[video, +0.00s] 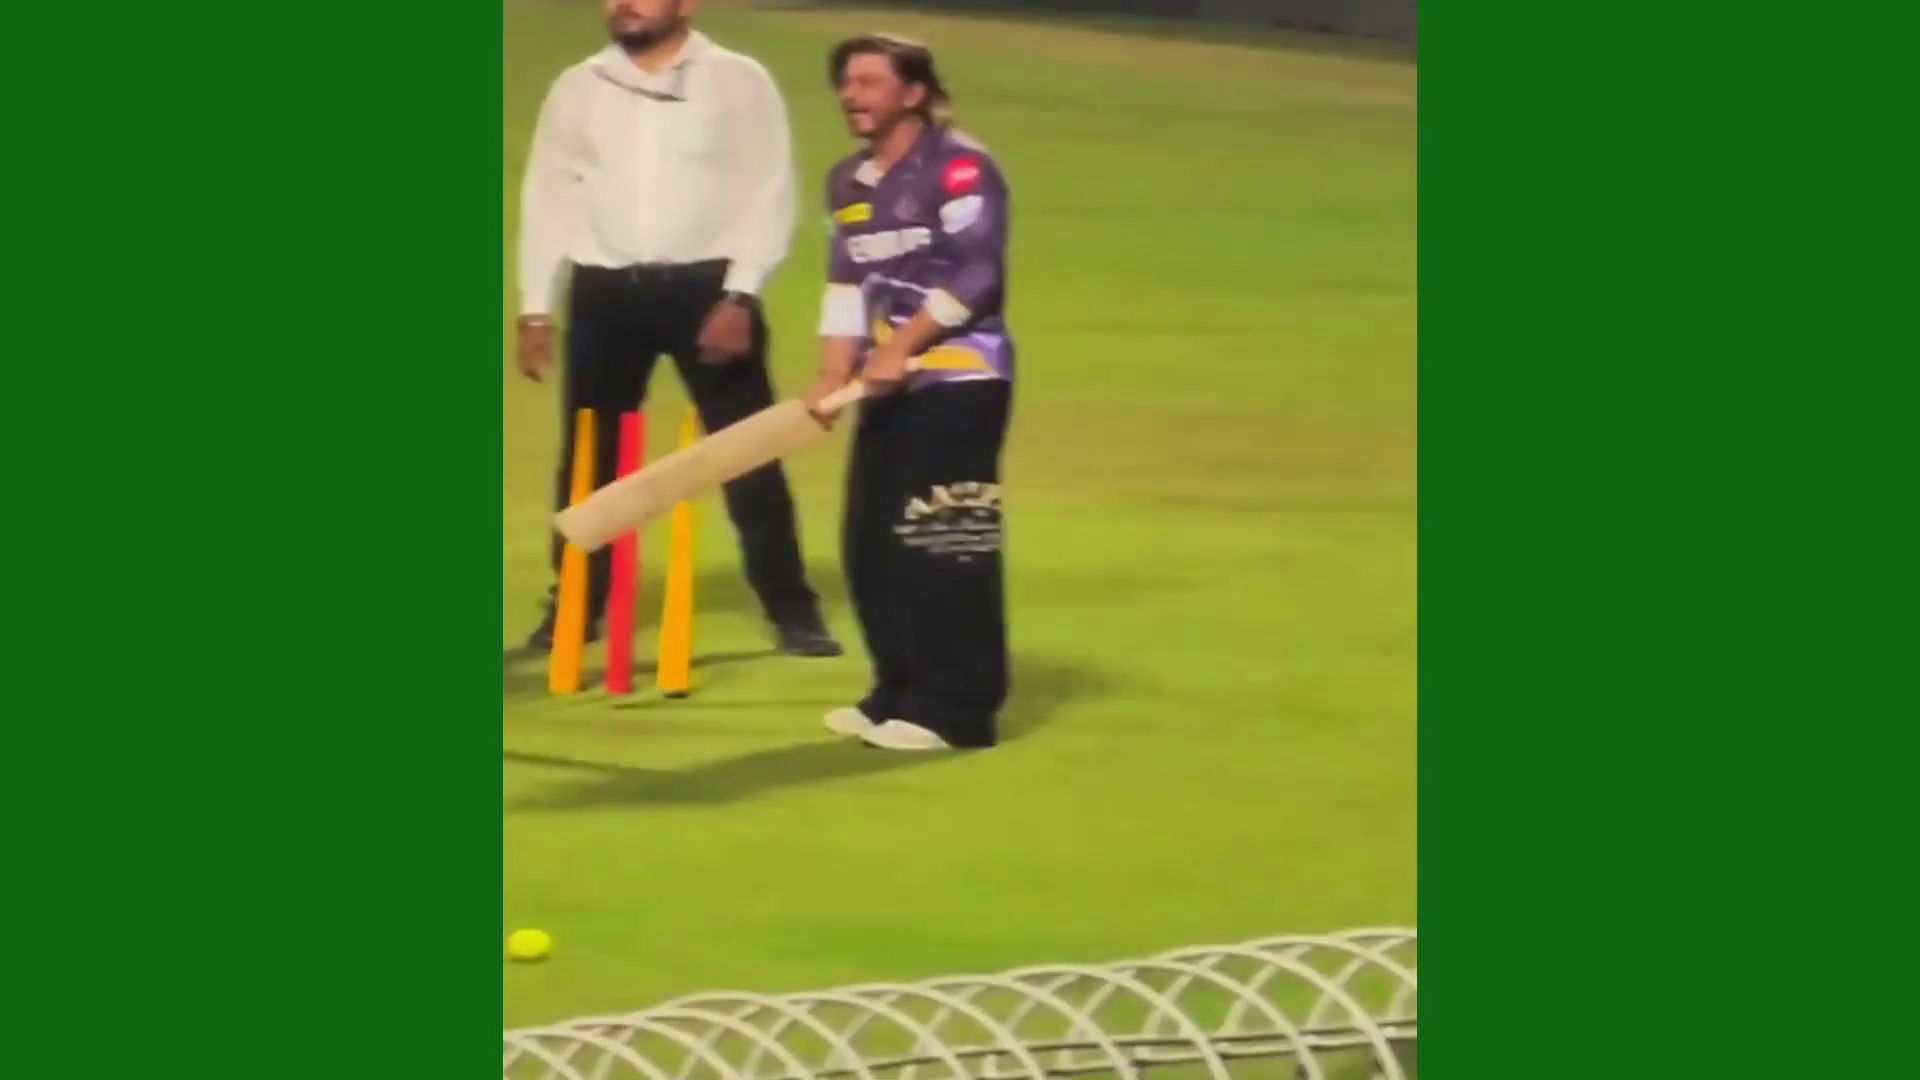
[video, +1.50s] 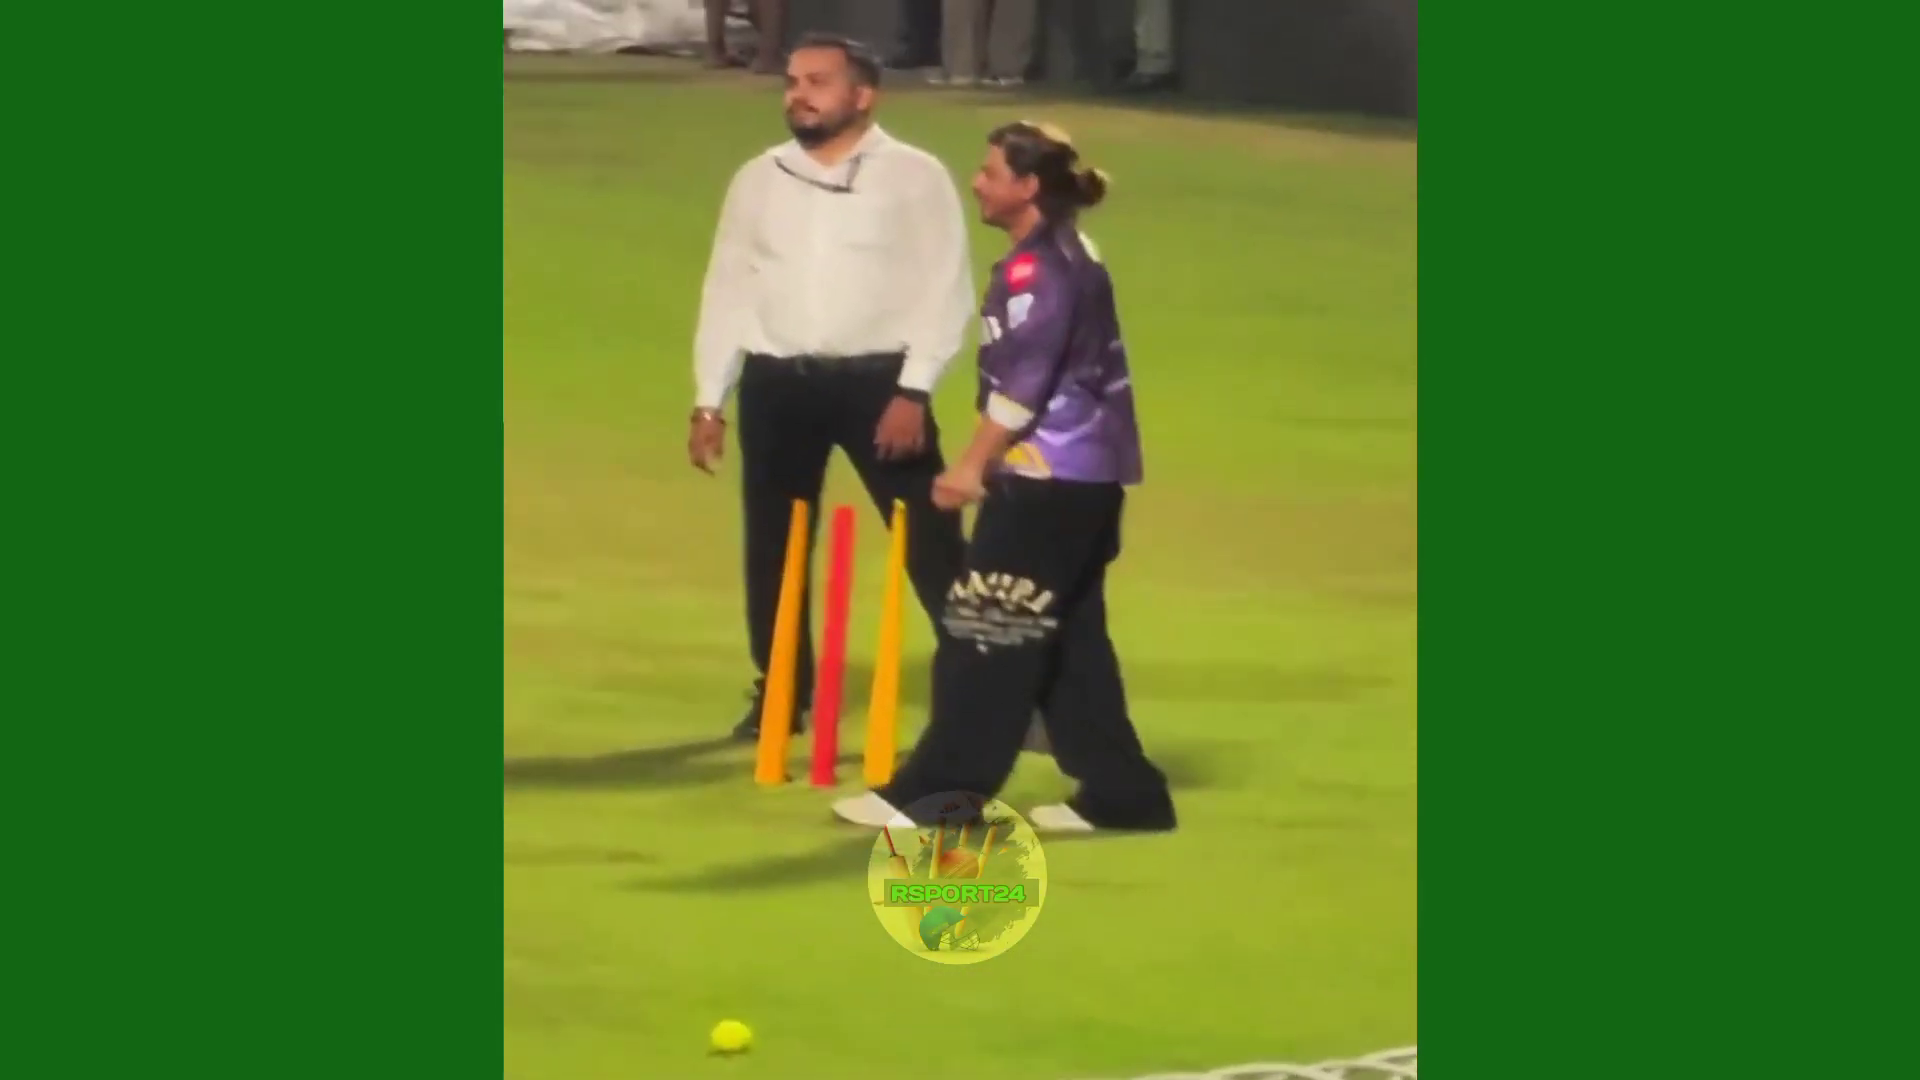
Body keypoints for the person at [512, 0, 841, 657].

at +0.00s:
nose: (621, 5)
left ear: (682, 5)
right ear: (608, 10)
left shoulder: (742, 81)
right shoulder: (577, 88)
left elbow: (773, 191)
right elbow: (545, 197)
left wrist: (741, 293)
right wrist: (536, 306)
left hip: (709, 294)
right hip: (606, 297)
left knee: (751, 459)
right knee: (587, 465)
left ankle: (795, 616)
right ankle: (572, 621)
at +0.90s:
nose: (722, 37)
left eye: (741, 23)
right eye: (715, 24)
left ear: (788, 36)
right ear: (704, 33)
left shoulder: (842, 119)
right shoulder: (676, 121)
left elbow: (873, 234)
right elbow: (640, 229)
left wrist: (840, 334)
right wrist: (623, 334)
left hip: (805, 329)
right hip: (700, 330)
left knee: (847, 492)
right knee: (682, 497)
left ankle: (886, 640)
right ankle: (666, 643)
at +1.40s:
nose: (789, 86)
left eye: (806, 74)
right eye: (784, 74)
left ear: (854, 87)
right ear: (778, 83)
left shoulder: (910, 167)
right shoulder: (752, 171)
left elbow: (943, 283)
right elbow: (721, 282)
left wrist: (909, 384)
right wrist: (701, 391)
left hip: (874, 379)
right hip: (770, 379)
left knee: (923, 541)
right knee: (759, 548)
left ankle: (958, 690)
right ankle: (760, 692)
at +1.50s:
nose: (798, 94)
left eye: (815, 83)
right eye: (793, 82)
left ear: (862, 95)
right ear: (787, 90)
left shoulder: (917, 176)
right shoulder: (758, 179)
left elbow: (947, 291)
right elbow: (727, 290)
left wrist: (913, 392)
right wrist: (708, 400)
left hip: (881, 387)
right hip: (777, 388)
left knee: (933, 550)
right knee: (773, 556)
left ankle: (985, 688)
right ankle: (780, 696)